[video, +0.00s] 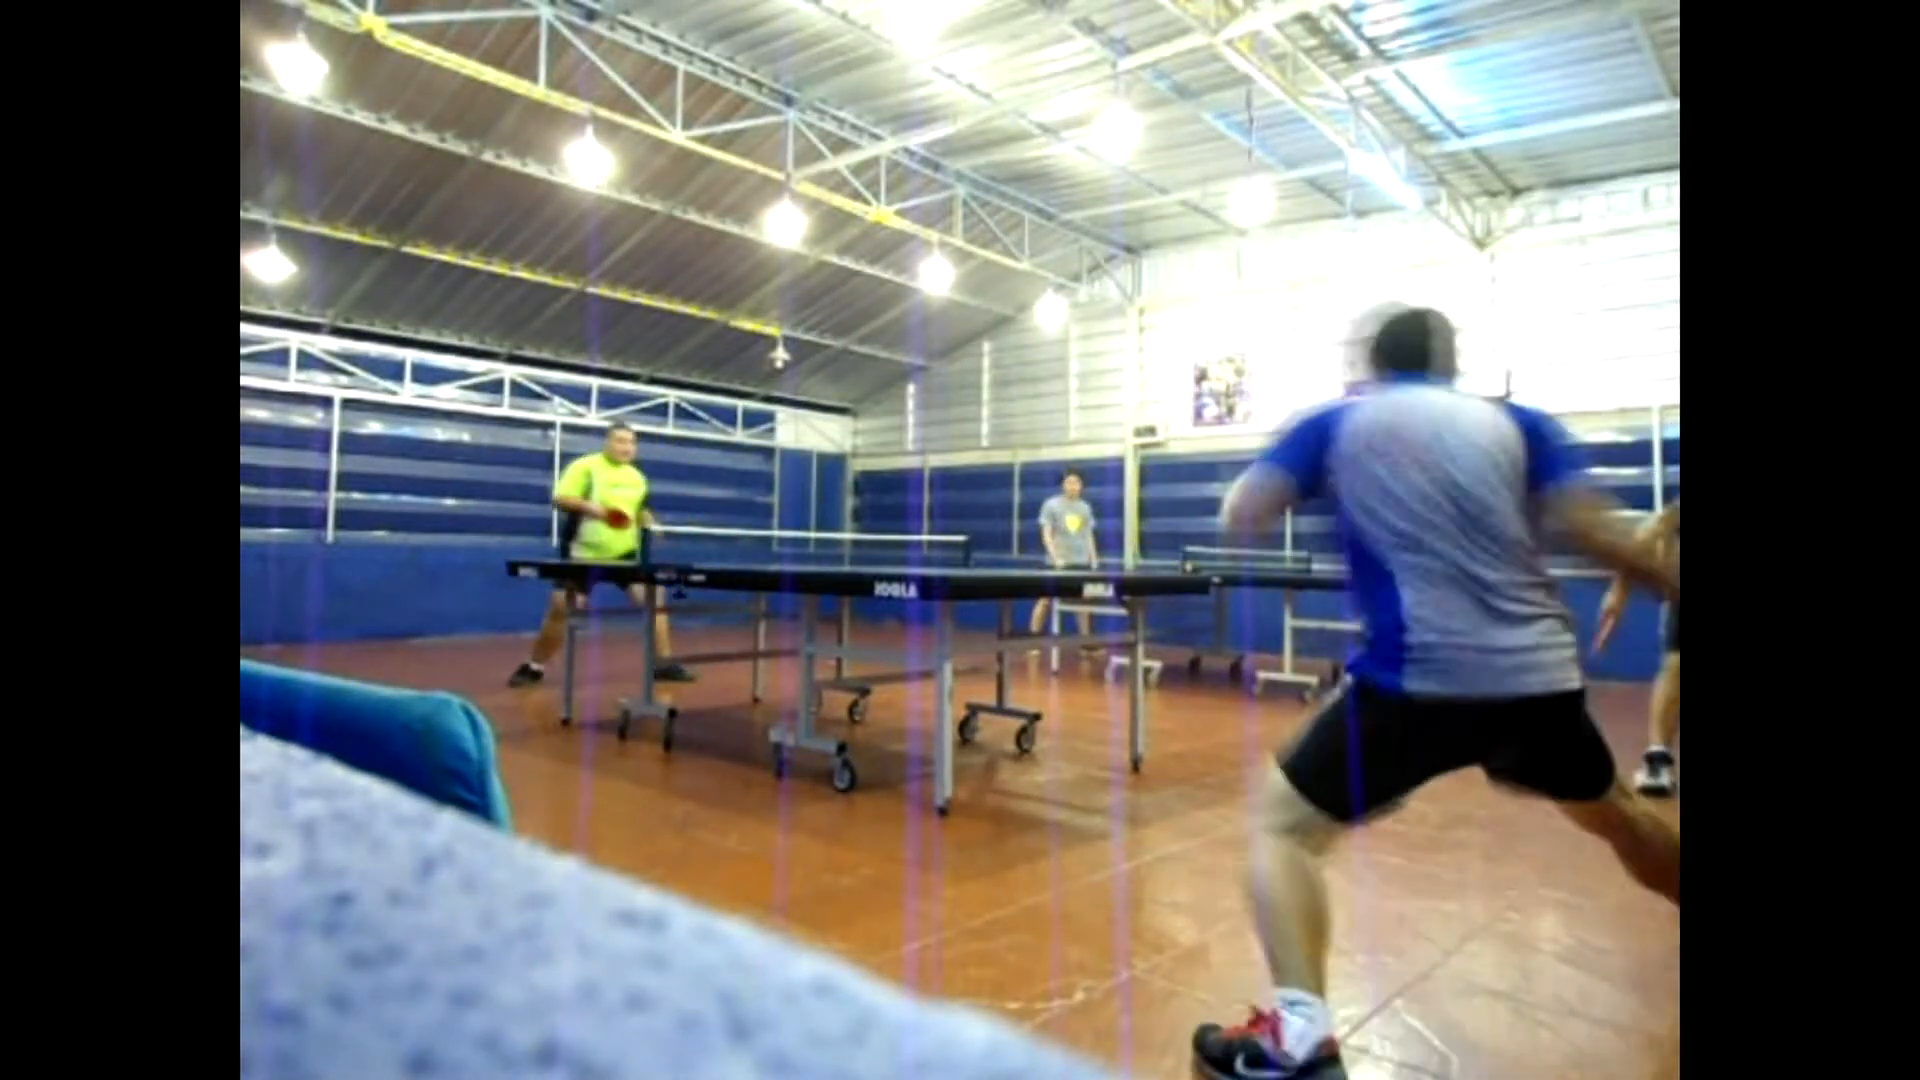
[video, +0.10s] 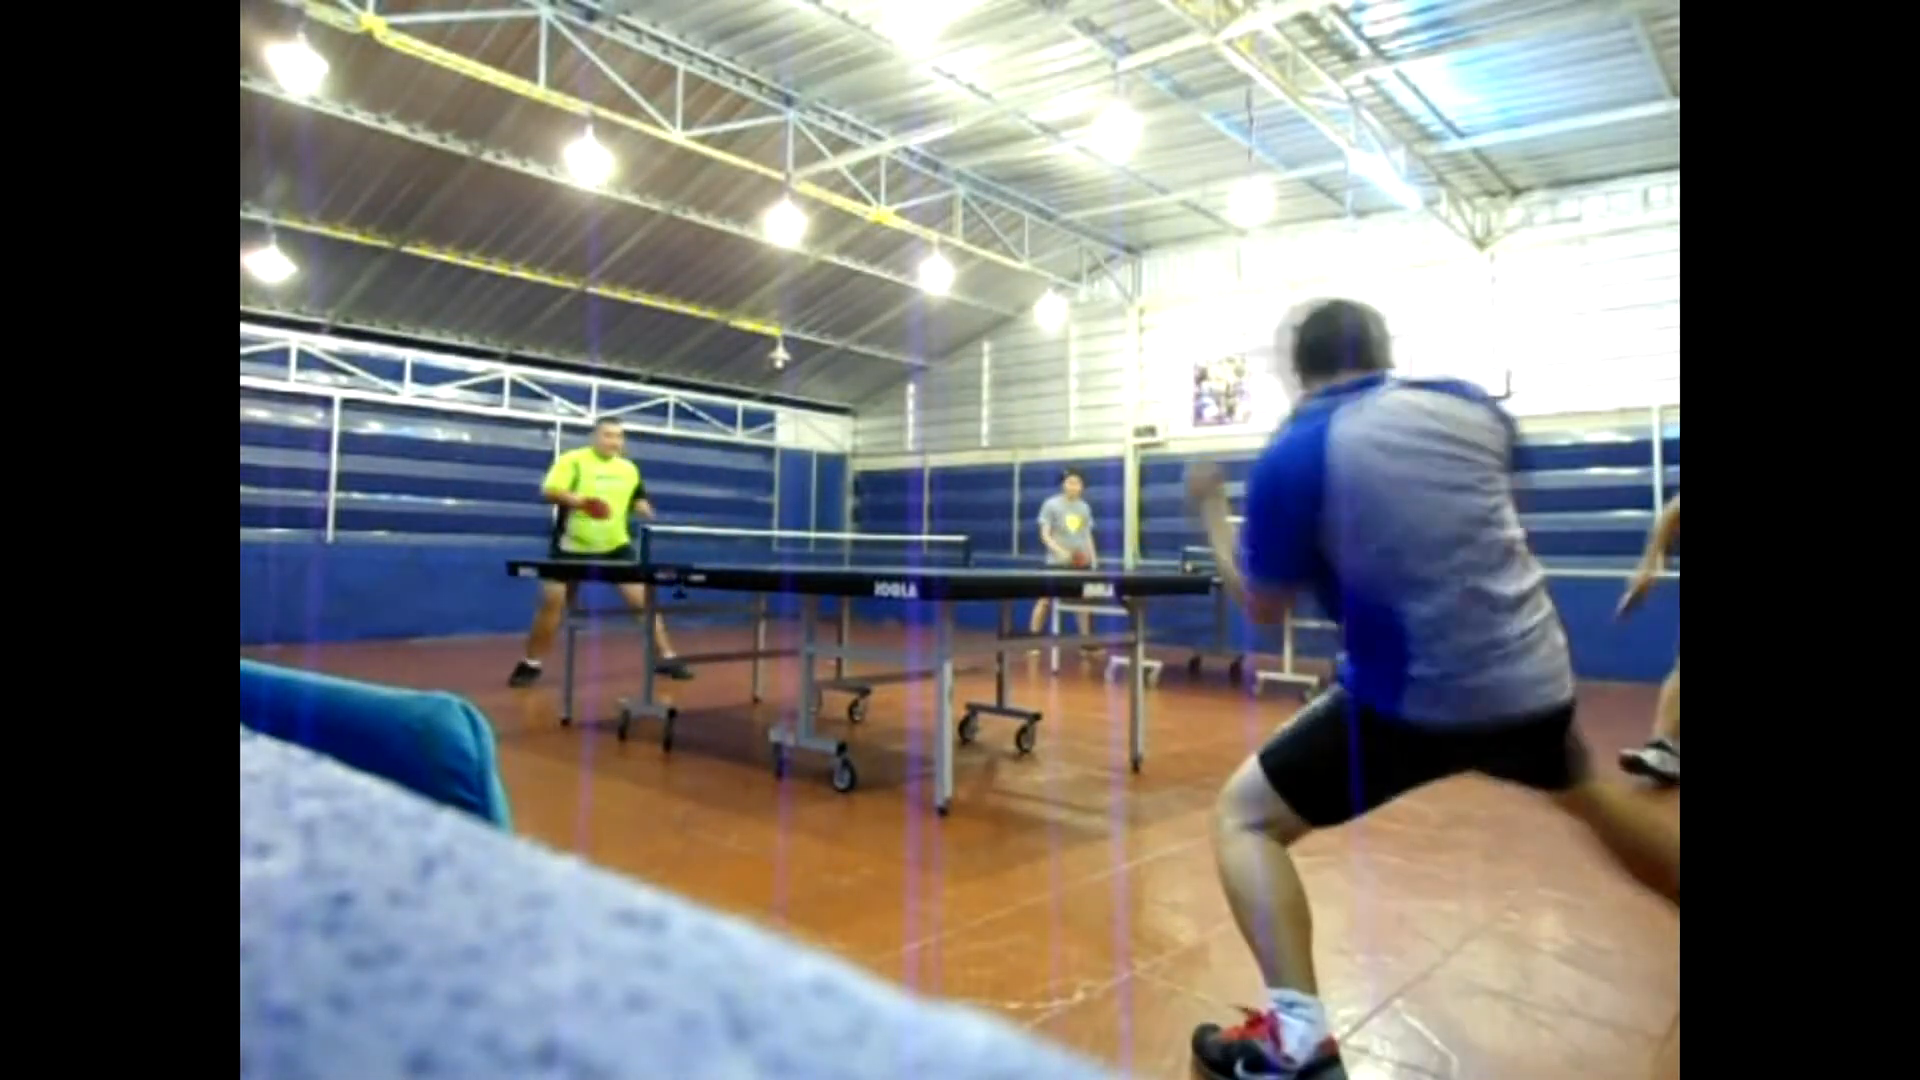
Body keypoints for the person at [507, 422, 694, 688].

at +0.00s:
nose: (626, 447)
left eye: (630, 442)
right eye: (620, 441)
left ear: (635, 447)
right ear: (607, 443)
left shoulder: (637, 478)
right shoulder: (585, 467)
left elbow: (638, 507)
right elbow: (562, 496)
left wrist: (649, 523)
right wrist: (600, 512)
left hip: (625, 558)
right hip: (585, 556)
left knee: (655, 598)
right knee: (559, 607)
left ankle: (663, 660)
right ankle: (534, 665)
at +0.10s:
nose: (614, 442)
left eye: (618, 436)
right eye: (608, 435)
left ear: (623, 441)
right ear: (595, 437)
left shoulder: (629, 469)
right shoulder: (571, 460)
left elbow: (635, 497)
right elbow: (550, 491)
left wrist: (642, 506)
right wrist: (580, 502)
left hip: (615, 546)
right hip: (573, 545)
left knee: (641, 599)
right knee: (553, 601)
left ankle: (666, 656)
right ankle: (532, 661)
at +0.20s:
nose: (601, 443)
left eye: (606, 438)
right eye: (596, 437)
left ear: (612, 441)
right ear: (584, 439)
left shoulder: (624, 468)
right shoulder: (564, 463)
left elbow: (637, 498)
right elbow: (539, 494)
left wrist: (633, 503)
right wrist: (558, 506)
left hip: (612, 542)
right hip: (568, 541)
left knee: (635, 594)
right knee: (544, 594)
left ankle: (643, 658)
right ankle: (523, 658)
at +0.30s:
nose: (586, 456)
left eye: (591, 450)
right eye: (581, 451)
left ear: (599, 452)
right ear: (571, 453)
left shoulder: (614, 478)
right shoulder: (553, 479)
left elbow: (637, 507)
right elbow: (535, 510)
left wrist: (622, 513)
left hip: (607, 558)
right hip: (562, 557)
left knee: (636, 600)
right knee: (535, 600)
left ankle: (643, 663)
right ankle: (501, 664)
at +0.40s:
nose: (555, 471)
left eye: (561, 464)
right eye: (549, 465)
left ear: (572, 464)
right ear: (541, 467)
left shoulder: (593, 488)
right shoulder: (530, 493)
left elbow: (622, 509)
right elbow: (502, 523)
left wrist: (620, 521)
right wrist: (458, 528)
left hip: (596, 561)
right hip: (552, 562)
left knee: (632, 600)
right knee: (524, 603)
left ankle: (644, 662)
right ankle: (494, 669)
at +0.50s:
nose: (521, 473)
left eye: (526, 466)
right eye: (515, 468)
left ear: (538, 465)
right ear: (508, 470)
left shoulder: (563, 486)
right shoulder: (499, 496)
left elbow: (595, 508)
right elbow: (459, 522)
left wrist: (605, 536)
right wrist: (410, 537)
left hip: (577, 559)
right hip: (532, 561)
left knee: (611, 605)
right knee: (504, 603)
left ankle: (643, 660)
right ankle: (490, 669)